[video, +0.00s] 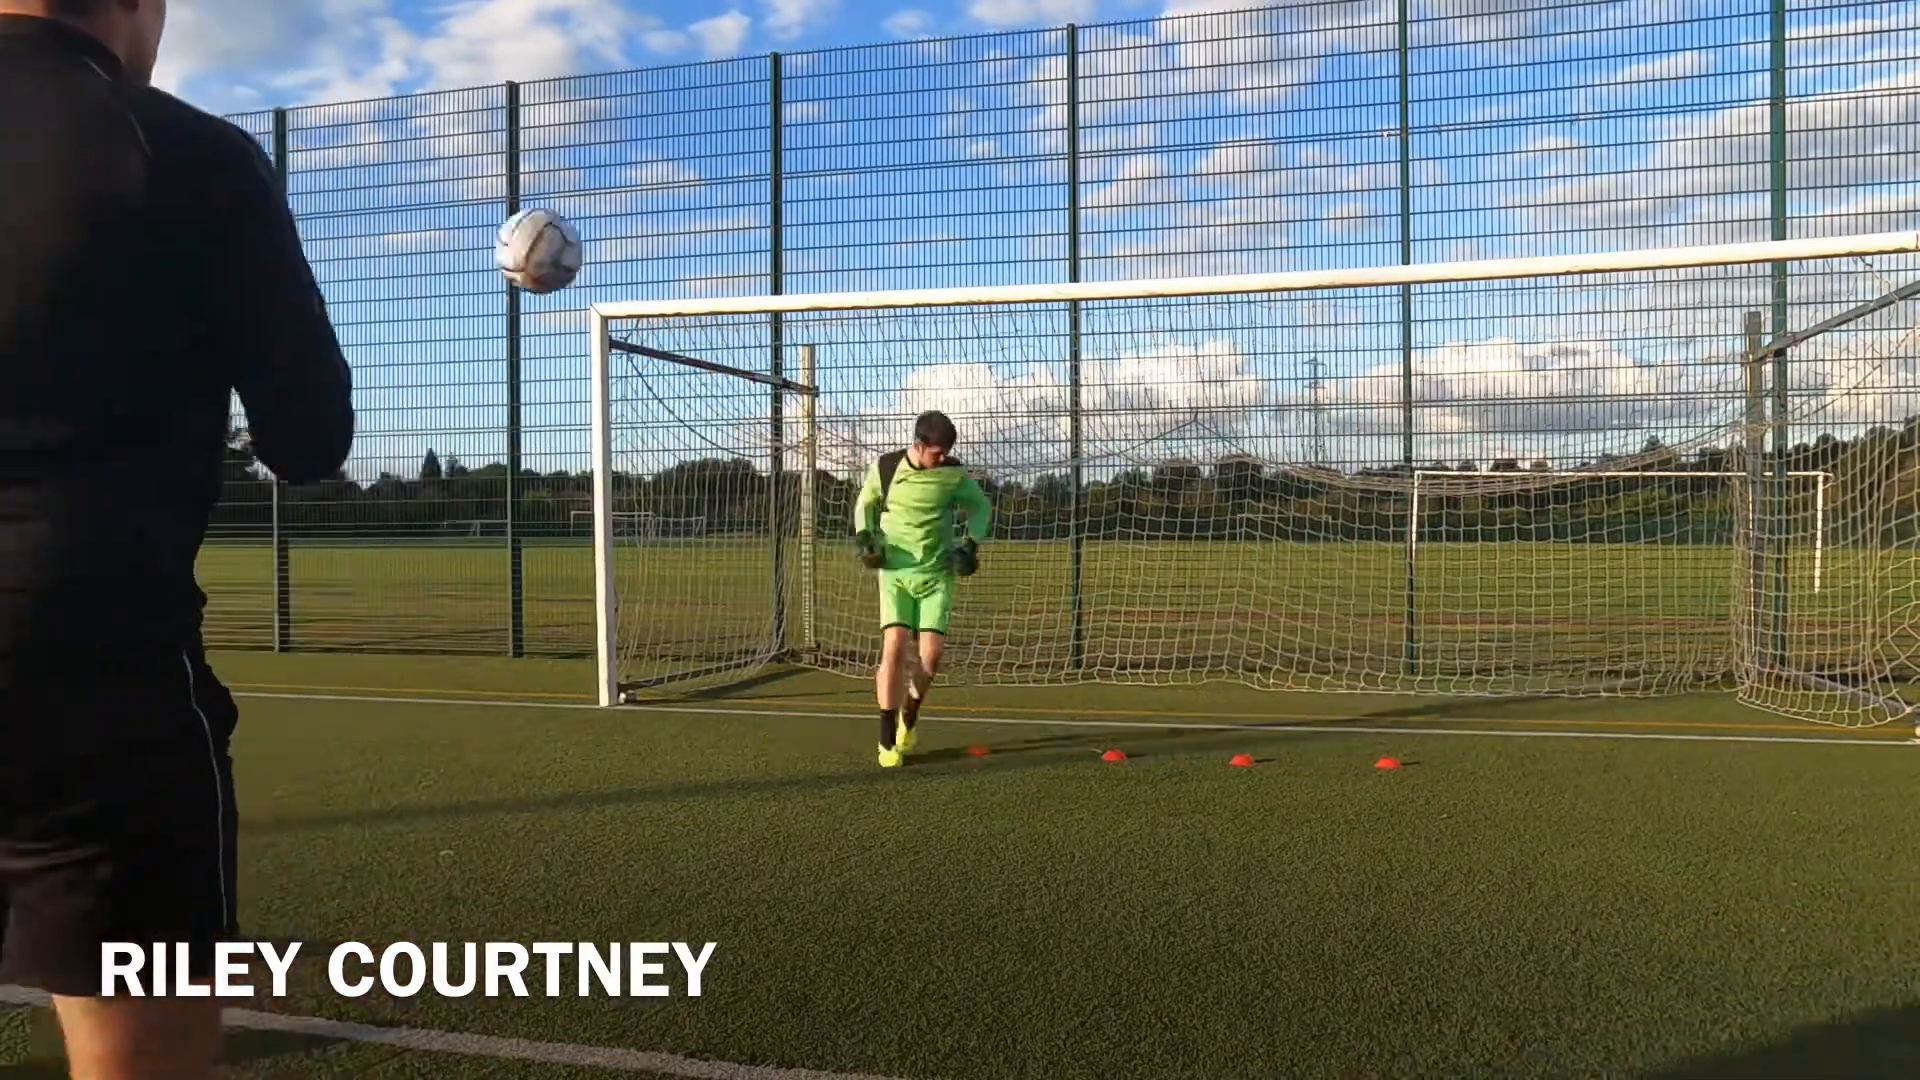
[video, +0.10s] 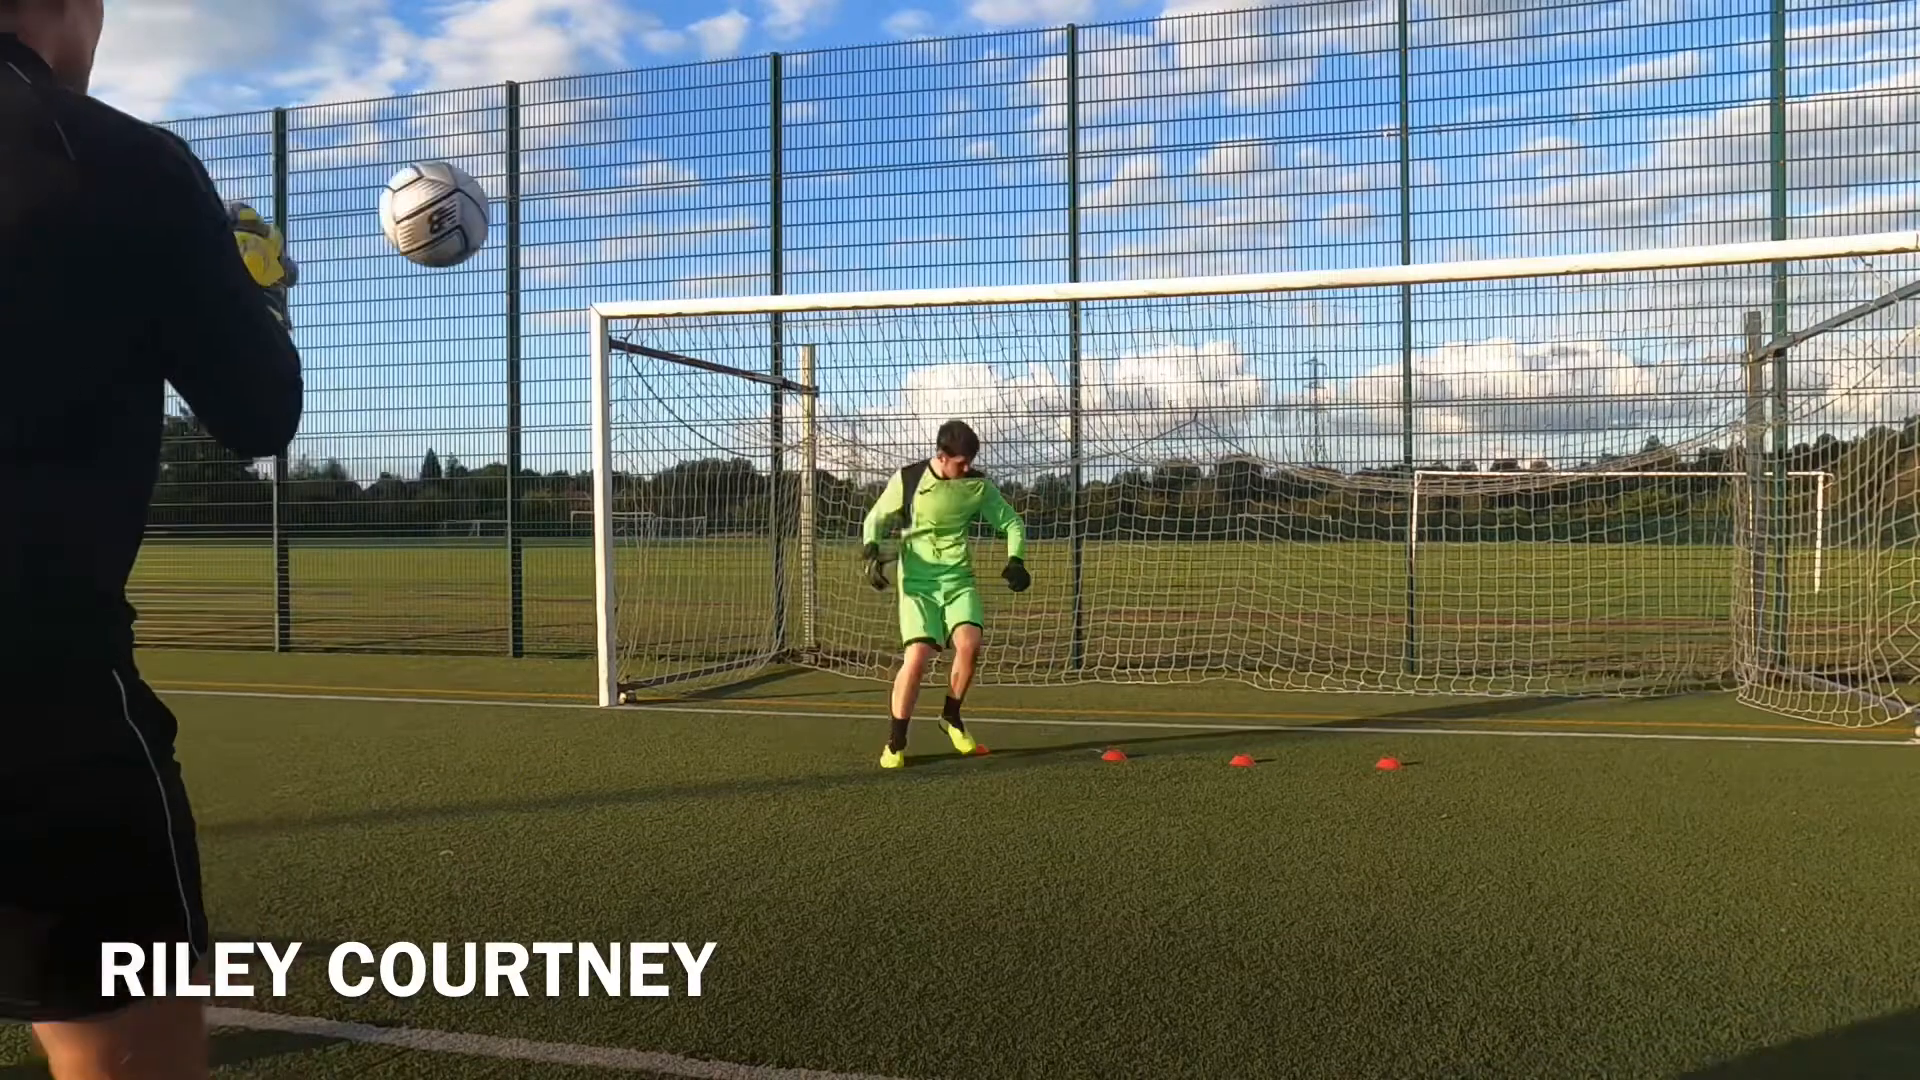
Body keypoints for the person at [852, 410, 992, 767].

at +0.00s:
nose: (943, 458)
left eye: (947, 452)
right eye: (937, 452)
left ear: (949, 447)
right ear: (919, 443)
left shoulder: (954, 476)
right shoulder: (886, 468)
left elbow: (981, 507)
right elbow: (865, 503)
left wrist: (970, 544)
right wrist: (865, 539)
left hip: (937, 577)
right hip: (895, 575)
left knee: (930, 657)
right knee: (894, 647)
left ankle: (909, 716)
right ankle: (887, 734)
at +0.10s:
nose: (967, 467)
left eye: (970, 461)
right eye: (961, 462)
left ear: (972, 457)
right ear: (942, 453)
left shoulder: (979, 487)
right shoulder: (907, 480)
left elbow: (1013, 523)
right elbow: (876, 517)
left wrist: (1015, 559)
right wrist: (871, 552)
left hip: (959, 582)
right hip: (917, 584)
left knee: (970, 644)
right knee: (917, 654)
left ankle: (951, 715)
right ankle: (896, 742)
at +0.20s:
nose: (999, 467)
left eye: (1001, 461)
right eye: (993, 461)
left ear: (1001, 457)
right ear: (972, 455)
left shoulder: (1009, 485)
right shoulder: (936, 476)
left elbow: (1049, 514)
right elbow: (905, 517)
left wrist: (1052, 545)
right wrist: (907, 541)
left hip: (988, 582)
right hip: (945, 580)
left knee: (981, 651)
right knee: (930, 652)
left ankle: (995, 736)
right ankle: (903, 737)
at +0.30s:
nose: (1025, 463)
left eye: (1028, 457)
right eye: (1020, 457)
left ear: (1031, 452)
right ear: (999, 450)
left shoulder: (1037, 476)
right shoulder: (967, 471)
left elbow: (1080, 499)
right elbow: (937, 515)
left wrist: (1077, 523)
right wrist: (950, 535)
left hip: (1021, 573)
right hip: (980, 570)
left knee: (1003, 644)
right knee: (961, 634)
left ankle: (1001, 733)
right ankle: (967, 711)